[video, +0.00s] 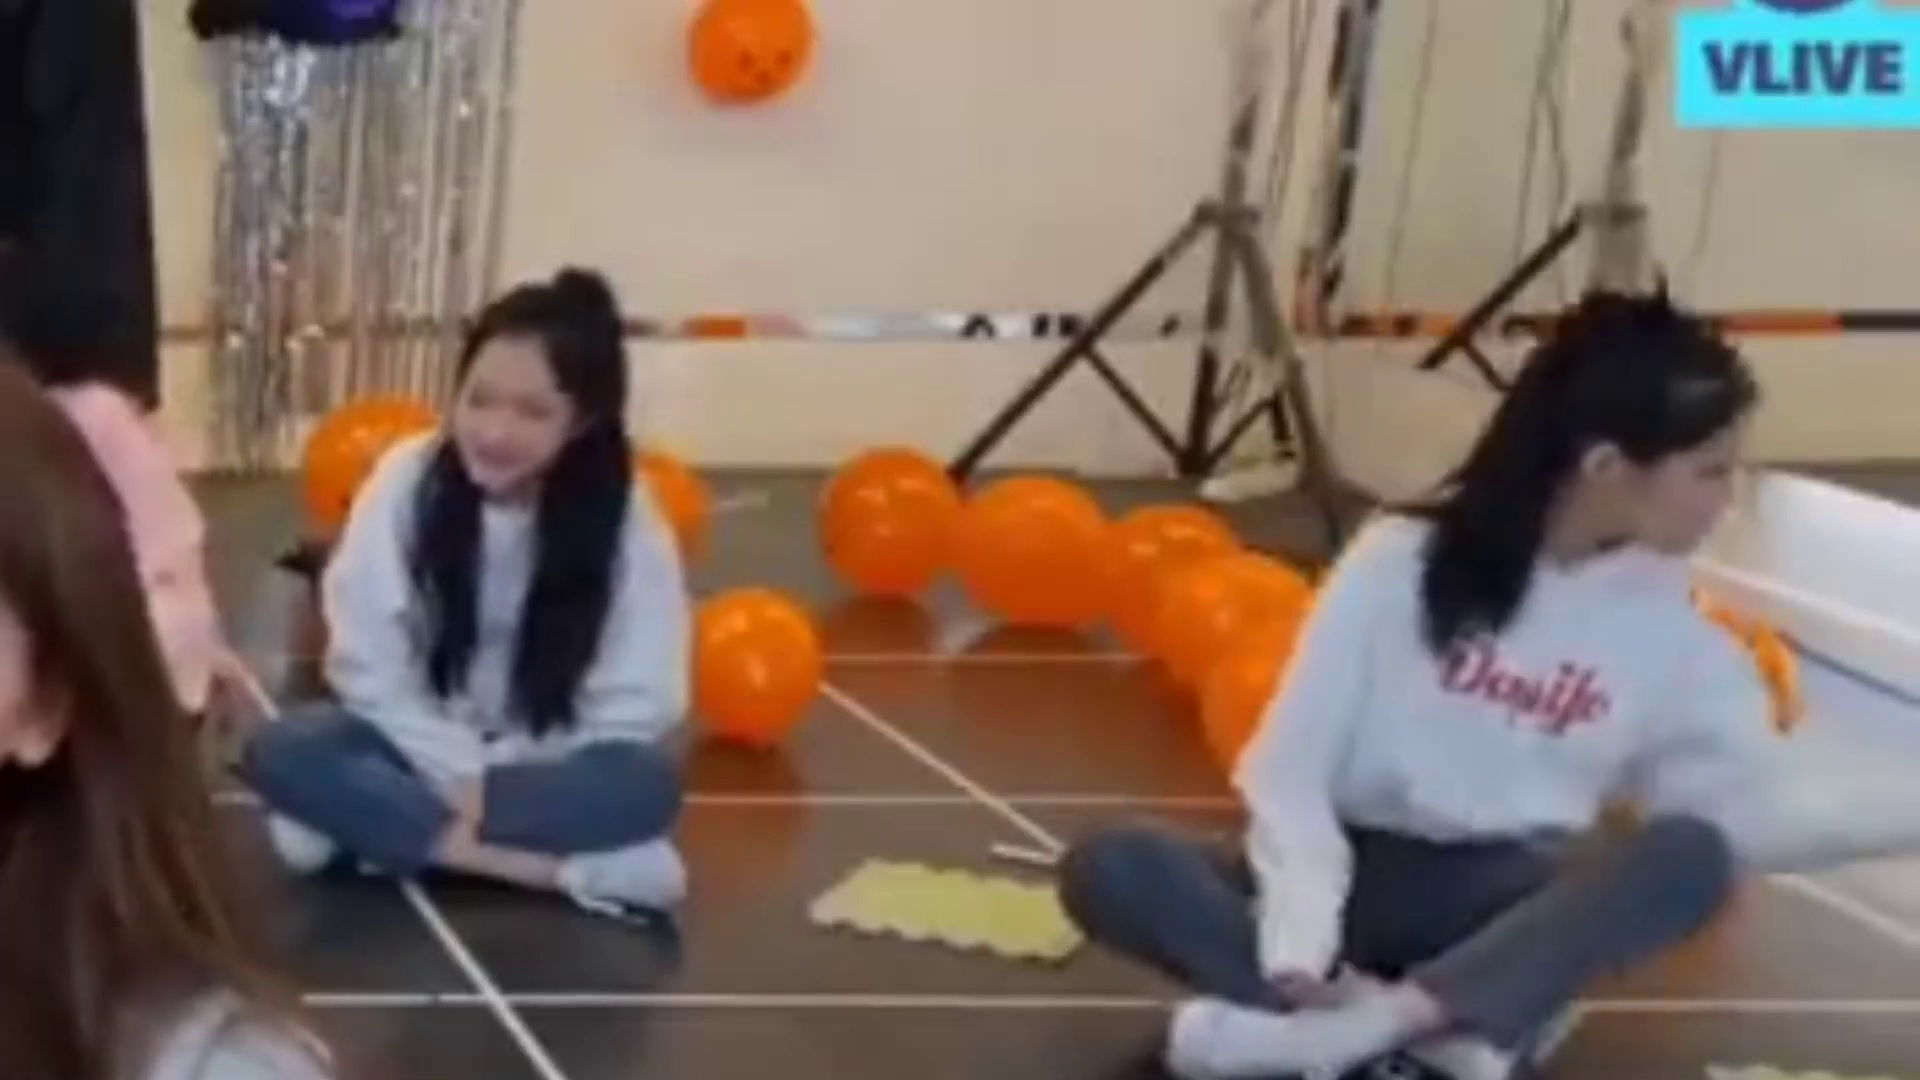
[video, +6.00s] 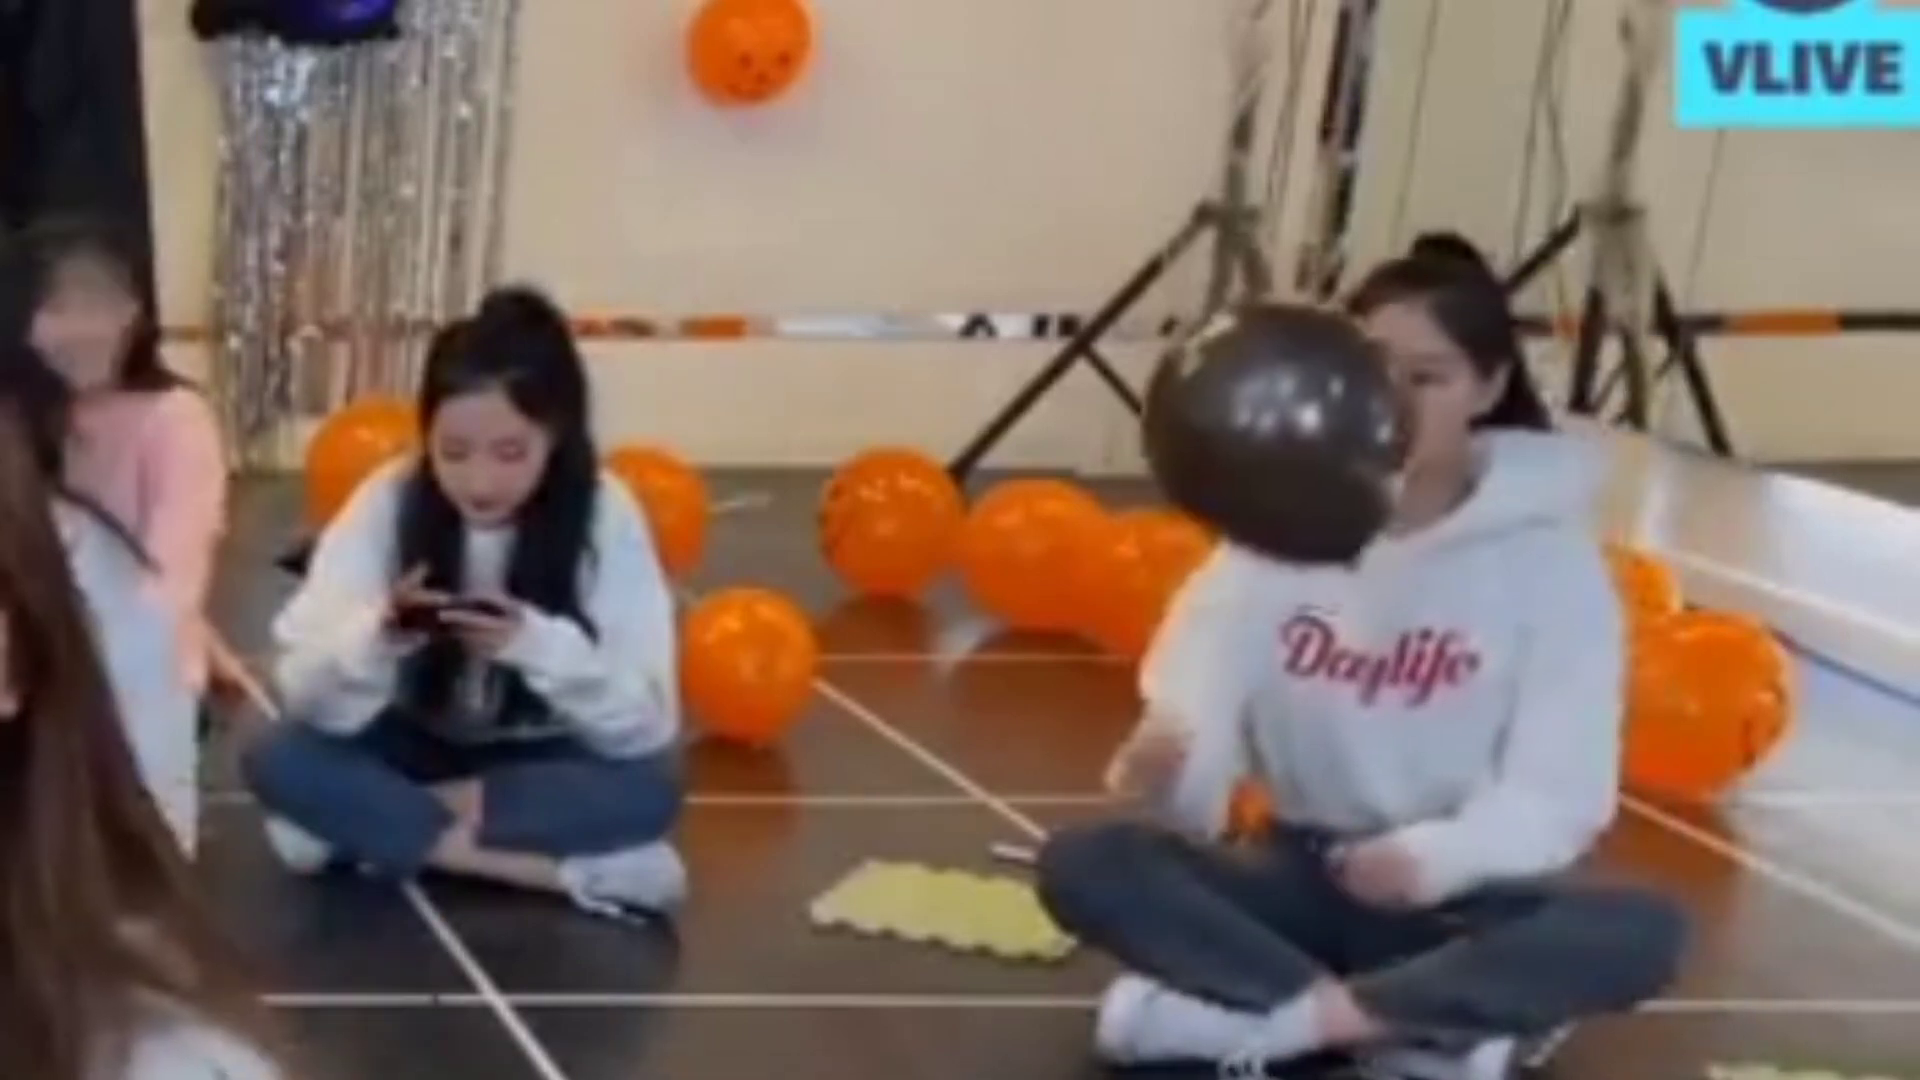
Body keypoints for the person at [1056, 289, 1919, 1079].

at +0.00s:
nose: (1729, 497)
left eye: (1733, 471)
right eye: (1709, 473)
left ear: (1615, 473)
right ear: (1605, 467)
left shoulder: (1673, 637)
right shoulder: (1399, 559)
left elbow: (1747, 810)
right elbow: (1287, 767)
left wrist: (1915, 803)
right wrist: (1303, 959)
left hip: (1499, 894)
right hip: (1339, 865)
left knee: (1693, 854)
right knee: (1105, 864)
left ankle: (1364, 1023)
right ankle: (1415, 1036)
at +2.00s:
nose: (1755, 530)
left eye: (1768, 505)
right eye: (1743, 502)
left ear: (1671, 477)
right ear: (1655, 469)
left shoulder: (1689, 624)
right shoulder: (1451, 558)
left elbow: (1670, 823)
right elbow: (1340, 772)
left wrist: (1839, 819)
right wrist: (1416, 922)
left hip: (1509, 892)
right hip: (1357, 855)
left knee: (1691, 893)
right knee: (1133, 807)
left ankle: (1359, 1026)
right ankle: (1425, 1036)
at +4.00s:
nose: (1427, 442)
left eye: (1463, 409)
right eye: (1395, 413)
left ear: (1516, 402)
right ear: (1358, 415)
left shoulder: (1595, 580)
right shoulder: (1287, 572)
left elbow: (1612, 798)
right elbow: (1197, 755)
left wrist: (1489, 890)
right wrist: (1244, 901)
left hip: (1482, 889)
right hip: (1295, 866)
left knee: (1659, 942)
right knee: (1079, 874)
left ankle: (1288, 1025)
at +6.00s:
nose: (1388, 400)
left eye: (1424, 377)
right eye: (1371, 370)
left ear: (1489, 387)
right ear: (1335, 376)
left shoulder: (1546, 563)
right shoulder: (1275, 539)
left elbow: (1564, 796)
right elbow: (1200, 802)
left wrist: (1436, 857)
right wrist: (1162, 781)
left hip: (1456, 894)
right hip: (1289, 878)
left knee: (1643, 931)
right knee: (1083, 862)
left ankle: (1281, 1032)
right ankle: (1399, 1044)